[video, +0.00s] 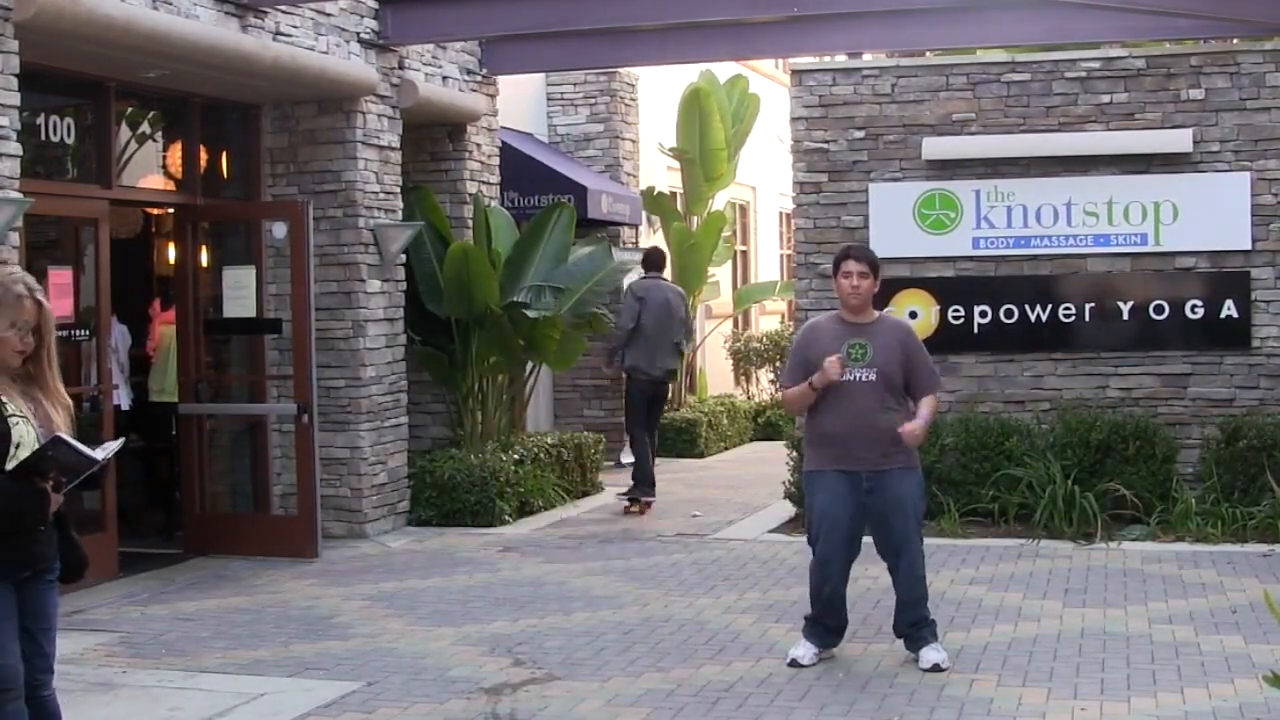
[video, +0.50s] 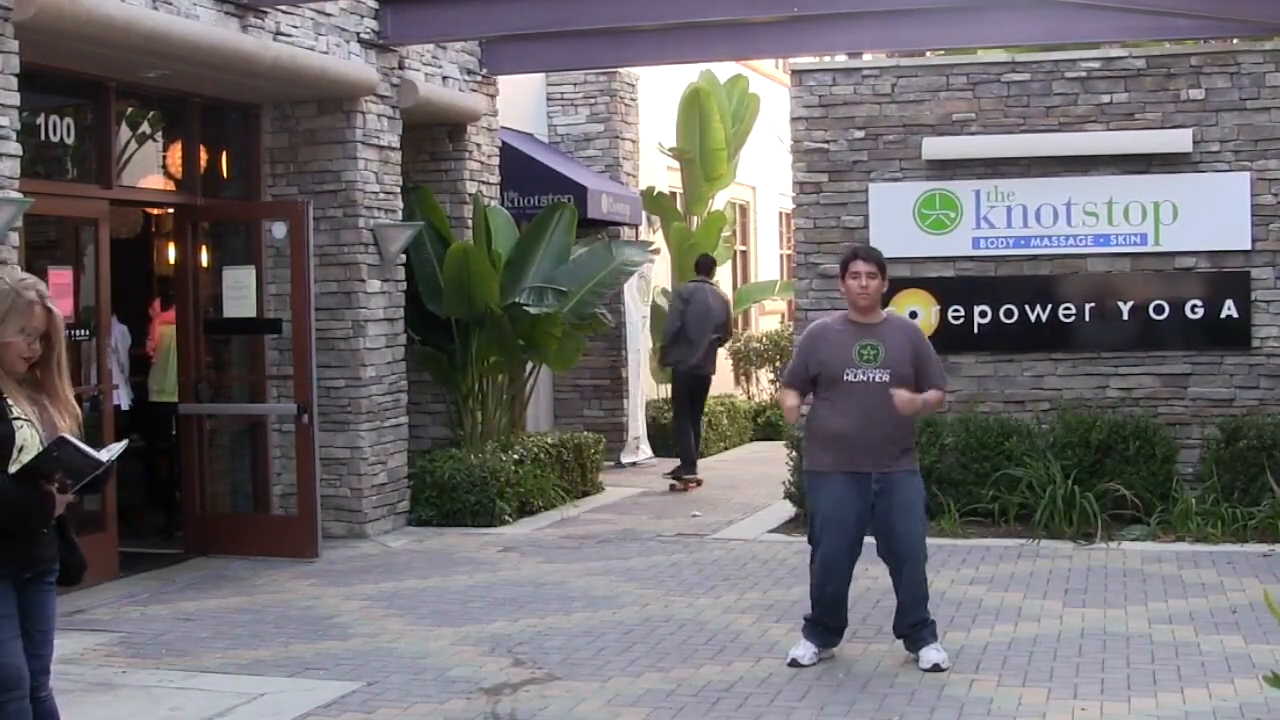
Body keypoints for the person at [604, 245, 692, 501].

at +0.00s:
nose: (643, 268)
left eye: (643, 263)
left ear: (643, 265)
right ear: (664, 266)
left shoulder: (636, 289)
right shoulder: (677, 293)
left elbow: (625, 324)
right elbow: (686, 330)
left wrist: (613, 352)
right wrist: (676, 349)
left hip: (639, 369)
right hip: (665, 371)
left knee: (637, 428)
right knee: (650, 428)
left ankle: (644, 488)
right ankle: (642, 484)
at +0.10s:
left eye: (655, 264)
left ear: (654, 266)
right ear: (675, 269)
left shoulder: (646, 289)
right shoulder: (686, 295)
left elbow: (632, 327)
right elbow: (692, 333)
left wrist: (623, 351)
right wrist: (687, 364)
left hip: (646, 370)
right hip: (670, 373)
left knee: (644, 428)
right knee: (657, 428)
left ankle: (651, 485)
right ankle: (649, 480)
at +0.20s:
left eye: (669, 264)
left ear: (666, 267)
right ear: (685, 272)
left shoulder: (654, 290)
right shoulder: (693, 297)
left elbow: (643, 325)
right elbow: (699, 333)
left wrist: (633, 351)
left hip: (653, 369)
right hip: (677, 372)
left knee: (650, 424)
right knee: (664, 425)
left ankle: (656, 479)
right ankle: (657, 476)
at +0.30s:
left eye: (680, 265)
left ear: (676, 268)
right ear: (695, 272)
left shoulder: (664, 290)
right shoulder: (702, 299)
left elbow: (653, 324)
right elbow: (707, 335)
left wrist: (644, 350)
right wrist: (687, 343)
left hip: (662, 364)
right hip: (684, 368)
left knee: (657, 418)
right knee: (674, 421)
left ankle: (665, 471)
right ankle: (668, 472)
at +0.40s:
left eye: (691, 266)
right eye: (703, 270)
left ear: (686, 268)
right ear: (705, 272)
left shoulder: (674, 289)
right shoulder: (711, 298)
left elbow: (662, 324)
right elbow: (716, 335)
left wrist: (655, 349)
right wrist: (697, 345)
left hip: (670, 364)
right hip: (693, 368)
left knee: (670, 417)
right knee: (684, 419)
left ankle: (676, 469)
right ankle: (678, 468)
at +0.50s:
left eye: (699, 266)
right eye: (709, 268)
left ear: (695, 268)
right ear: (714, 271)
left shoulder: (685, 291)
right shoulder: (721, 297)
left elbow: (673, 323)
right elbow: (725, 333)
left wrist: (664, 348)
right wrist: (709, 344)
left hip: (684, 363)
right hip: (706, 366)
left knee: (682, 414)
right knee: (696, 415)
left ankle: (688, 465)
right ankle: (689, 463)